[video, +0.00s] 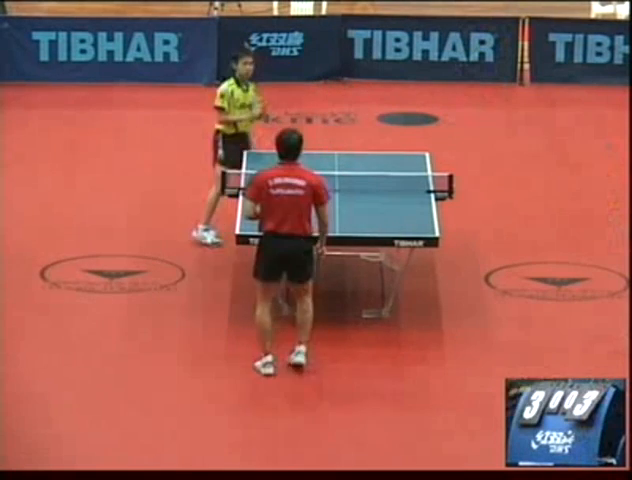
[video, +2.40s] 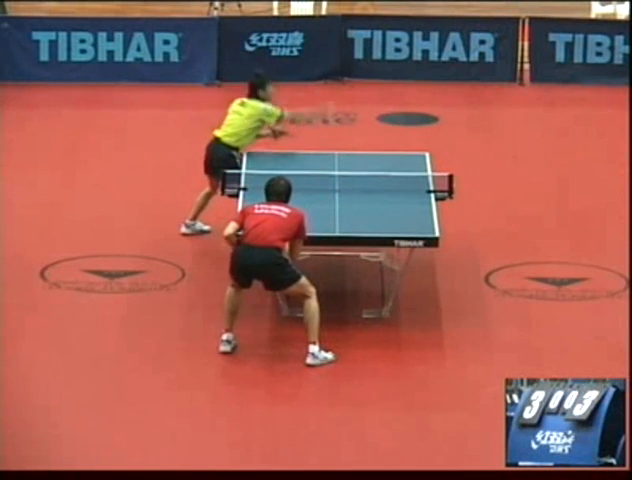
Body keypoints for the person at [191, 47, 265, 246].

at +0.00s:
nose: (249, 68)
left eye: (251, 64)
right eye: (245, 64)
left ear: (253, 67)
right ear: (235, 66)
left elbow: (260, 111)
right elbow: (221, 117)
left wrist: (263, 113)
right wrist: (248, 116)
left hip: (245, 135)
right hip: (228, 135)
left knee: (246, 179)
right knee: (221, 183)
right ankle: (204, 226)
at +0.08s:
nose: (245, 71)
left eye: (247, 67)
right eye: (241, 67)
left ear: (249, 70)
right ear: (231, 69)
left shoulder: (245, 90)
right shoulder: (223, 91)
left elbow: (244, 111)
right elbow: (219, 121)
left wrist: (256, 117)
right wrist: (246, 121)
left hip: (235, 135)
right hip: (219, 135)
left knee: (234, 180)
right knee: (217, 186)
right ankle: (202, 229)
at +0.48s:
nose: (229, 71)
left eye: (231, 67)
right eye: (225, 67)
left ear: (233, 70)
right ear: (214, 69)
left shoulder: (223, 90)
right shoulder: (209, 92)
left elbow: (225, 110)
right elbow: (204, 122)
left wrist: (238, 117)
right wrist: (232, 121)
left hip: (215, 137)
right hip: (205, 138)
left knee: (207, 182)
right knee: (210, 183)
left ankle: (192, 222)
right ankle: (200, 228)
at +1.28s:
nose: (230, 72)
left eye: (231, 68)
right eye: (227, 67)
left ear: (215, 68)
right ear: (215, 67)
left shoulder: (202, 85)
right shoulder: (213, 89)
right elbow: (224, 119)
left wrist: (230, 115)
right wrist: (249, 135)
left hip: (195, 134)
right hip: (205, 136)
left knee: (200, 179)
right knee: (223, 180)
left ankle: (189, 221)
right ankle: (221, 228)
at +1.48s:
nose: (250, 83)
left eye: (250, 79)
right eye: (248, 79)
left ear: (234, 79)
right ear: (237, 78)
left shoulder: (218, 92)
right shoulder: (231, 95)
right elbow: (249, 122)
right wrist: (278, 138)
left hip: (201, 139)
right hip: (212, 141)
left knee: (207, 183)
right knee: (232, 182)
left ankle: (190, 221)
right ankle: (242, 226)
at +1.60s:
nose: (264, 95)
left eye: (264, 91)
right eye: (262, 91)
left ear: (248, 89)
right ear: (252, 90)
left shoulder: (229, 100)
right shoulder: (245, 106)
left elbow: (232, 126)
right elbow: (268, 130)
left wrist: (252, 135)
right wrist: (297, 143)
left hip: (204, 145)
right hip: (218, 148)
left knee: (211, 186)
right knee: (243, 185)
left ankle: (191, 221)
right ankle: (246, 227)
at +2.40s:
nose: (272, 91)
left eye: (271, 88)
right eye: (269, 88)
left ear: (253, 90)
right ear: (260, 91)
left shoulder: (238, 103)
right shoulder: (261, 108)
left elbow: (246, 132)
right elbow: (289, 117)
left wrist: (269, 134)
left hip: (215, 144)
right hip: (229, 151)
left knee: (212, 188)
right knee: (241, 190)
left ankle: (191, 221)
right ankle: (244, 227)